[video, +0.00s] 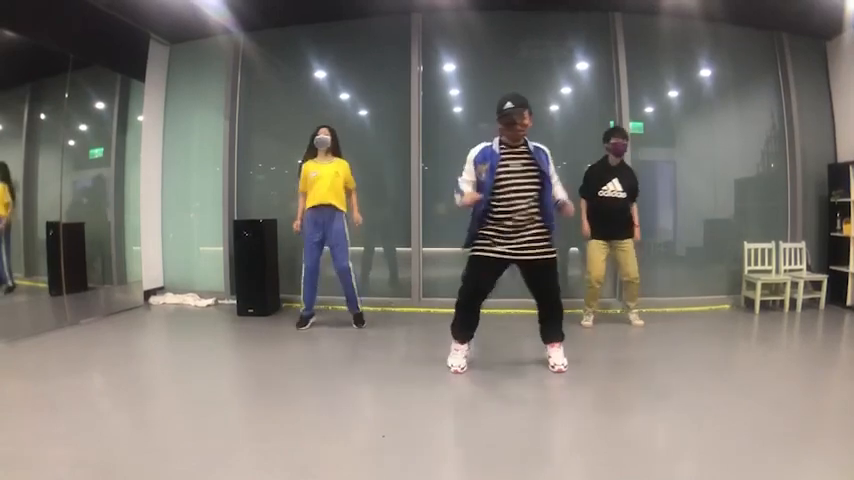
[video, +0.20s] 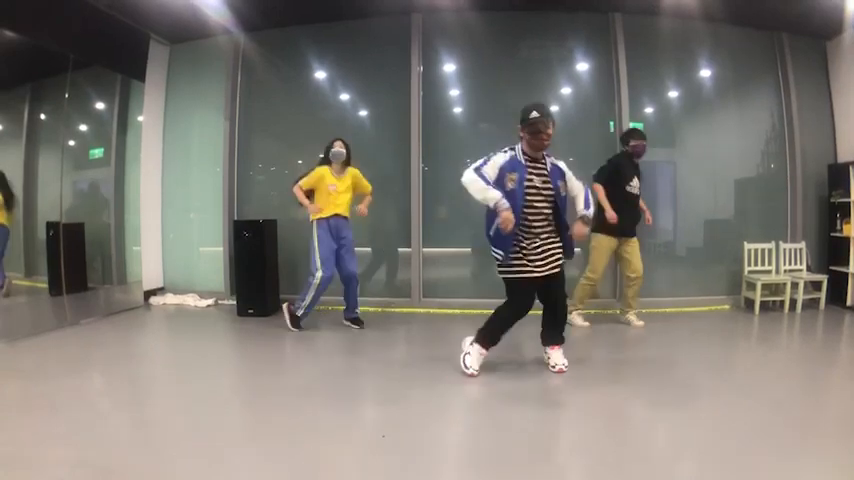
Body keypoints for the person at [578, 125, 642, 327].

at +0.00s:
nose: (619, 148)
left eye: (623, 144)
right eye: (615, 144)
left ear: (627, 146)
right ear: (606, 145)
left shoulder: (628, 172)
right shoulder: (593, 170)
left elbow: (632, 202)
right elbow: (584, 198)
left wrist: (636, 227)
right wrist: (585, 222)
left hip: (623, 234)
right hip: (598, 234)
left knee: (632, 276)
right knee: (595, 277)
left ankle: (632, 309)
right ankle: (589, 311)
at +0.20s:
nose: (640, 150)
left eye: (643, 146)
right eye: (636, 146)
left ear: (645, 147)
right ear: (627, 145)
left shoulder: (635, 168)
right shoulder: (617, 162)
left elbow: (633, 194)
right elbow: (597, 184)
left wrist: (645, 210)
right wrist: (608, 209)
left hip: (628, 231)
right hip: (606, 230)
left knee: (635, 273)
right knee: (594, 274)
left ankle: (628, 311)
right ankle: (574, 309)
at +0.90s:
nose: (612, 144)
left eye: (616, 141)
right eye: (609, 140)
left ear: (622, 142)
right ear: (602, 141)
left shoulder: (626, 167)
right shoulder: (592, 164)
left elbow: (632, 198)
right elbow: (583, 190)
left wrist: (635, 226)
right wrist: (582, 216)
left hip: (619, 231)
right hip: (593, 229)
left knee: (617, 276)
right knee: (588, 276)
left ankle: (615, 312)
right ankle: (586, 312)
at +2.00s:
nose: (589, 143)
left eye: (593, 139)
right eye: (585, 140)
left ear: (598, 140)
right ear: (579, 142)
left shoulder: (608, 167)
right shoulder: (574, 169)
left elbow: (619, 195)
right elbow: (566, 196)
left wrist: (614, 224)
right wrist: (560, 221)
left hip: (603, 232)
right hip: (577, 232)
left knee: (610, 275)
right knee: (571, 274)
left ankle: (610, 310)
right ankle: (568, 311)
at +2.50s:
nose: (601, 148)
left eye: (604, 144)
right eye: (596, 144)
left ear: (607, 145)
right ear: (587, 145)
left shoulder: (604, 171)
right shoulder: (578, 166)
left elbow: (603, 203)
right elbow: (562, 192)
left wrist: (613, 223)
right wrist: (575, 216)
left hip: (601, 232)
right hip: (578, 233)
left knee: (615, 270)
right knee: (566, 275)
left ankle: (614, 311)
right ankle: (547, 309)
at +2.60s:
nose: (617, 154)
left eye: (618, 150)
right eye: (612, 151)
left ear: (618, 152)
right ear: (602, 153)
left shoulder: (608, 175)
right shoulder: (594, 173)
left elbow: (605, 208)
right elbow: (587, 204)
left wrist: (614, 231)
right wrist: (597, 230)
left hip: (607, 240)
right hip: (586, 240)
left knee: (626, 275)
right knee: (570, 279)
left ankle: (620, 313)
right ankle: (544, 309)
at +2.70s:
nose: (625, 160)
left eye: (627, 156)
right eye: (620, 156)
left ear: (629, 158)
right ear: (610, 159)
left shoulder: (616, 179)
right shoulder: (604, 178)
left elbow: (609, 212)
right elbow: (593, 208)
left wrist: (627, 221)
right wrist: (614, 228)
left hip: (612, 240)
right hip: (593, 241)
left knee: (632, 276)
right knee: (576, 281)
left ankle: (621, 314)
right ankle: (546, 309)